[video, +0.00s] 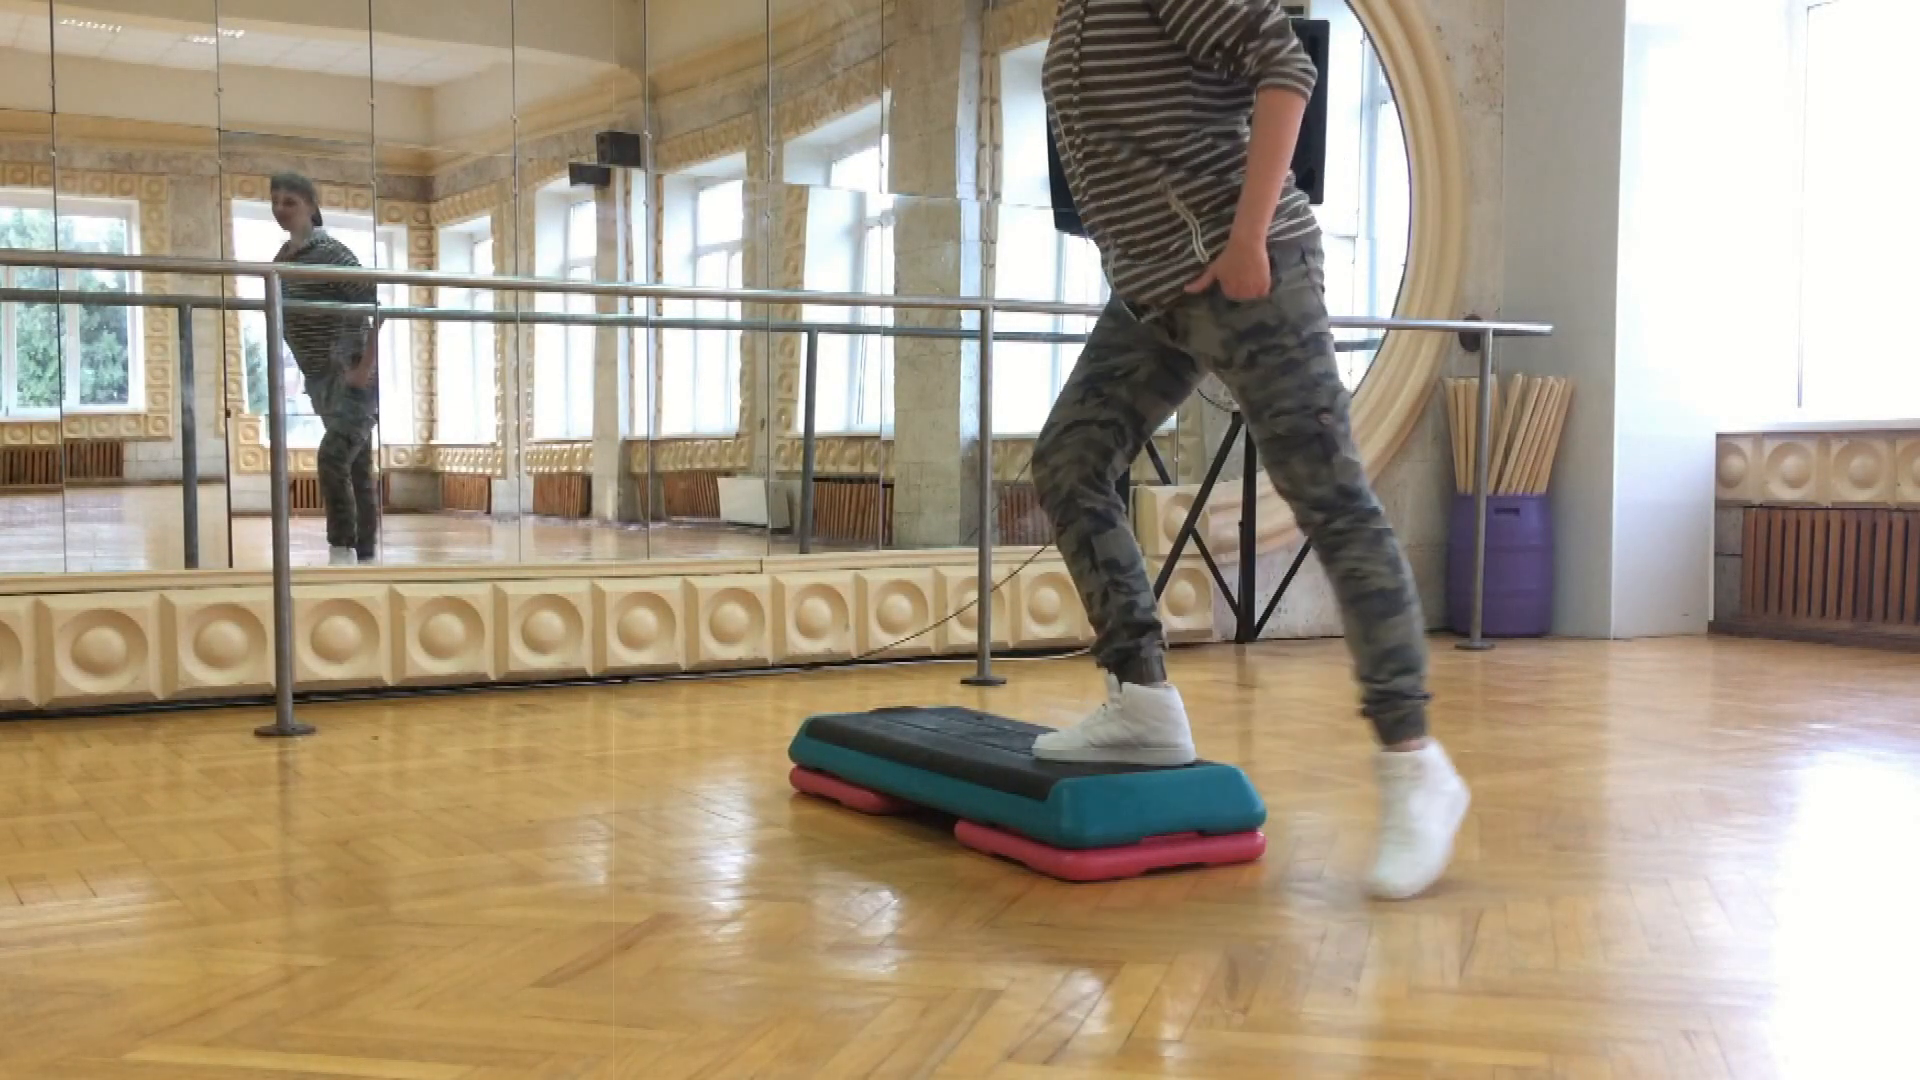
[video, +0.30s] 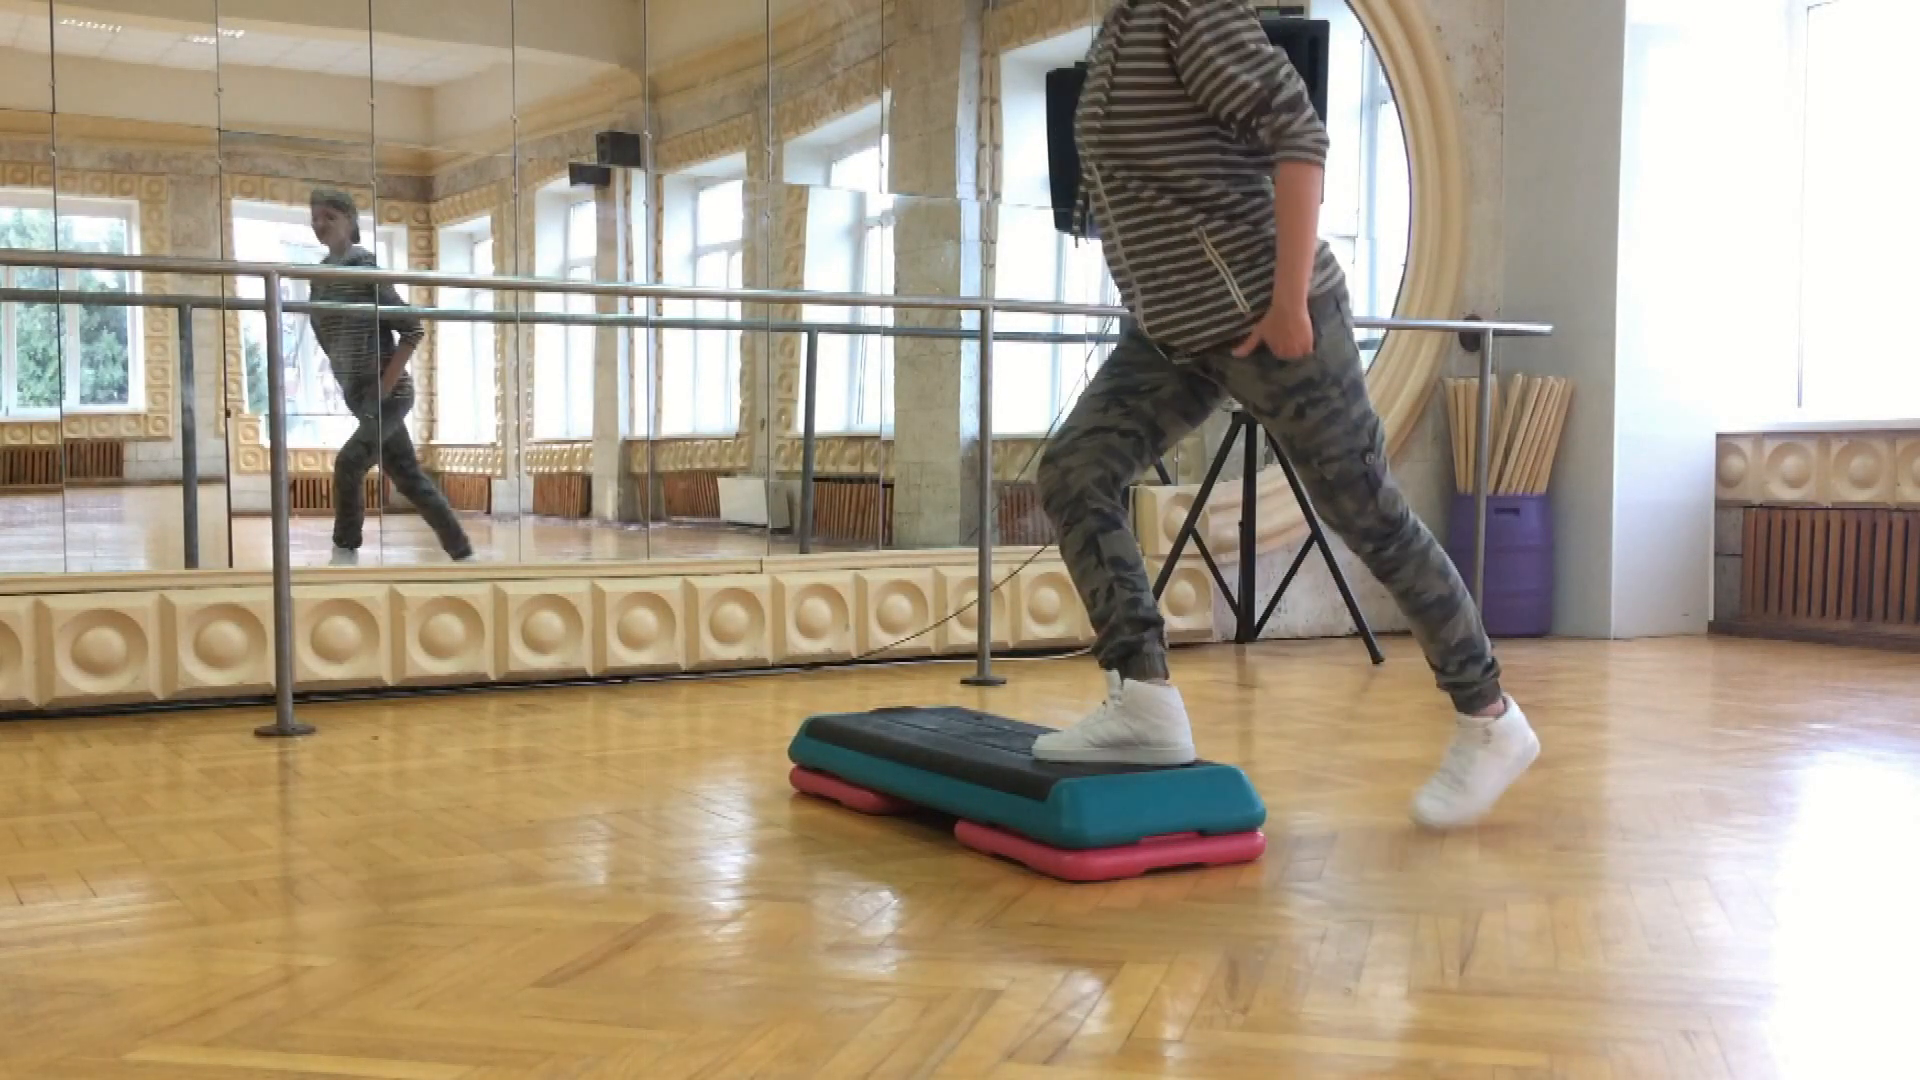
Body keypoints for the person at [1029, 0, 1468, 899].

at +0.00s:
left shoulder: (1174, 3)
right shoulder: (1068, 24)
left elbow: (1287, 68)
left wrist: (1249, 235)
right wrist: (1142, 252)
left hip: (1249, 266)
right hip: (1149, 291)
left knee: (1330, 496)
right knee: (1071, 465)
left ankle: (1413, 763)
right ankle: (1144, 704)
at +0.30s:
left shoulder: (1194, 14)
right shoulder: (1113, 37)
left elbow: (1297, 133)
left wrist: (1290, 297)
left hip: (1274, 311)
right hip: (1175, 327)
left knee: (1366, 511)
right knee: (1074, 474)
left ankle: (1492, 720)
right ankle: (1147, 704)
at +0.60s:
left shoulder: (1244, 59)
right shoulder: (1198, 70)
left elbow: (1340, 200)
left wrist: (1315, 357)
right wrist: (1219, 341)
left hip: (1308, 357)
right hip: (1227, 361)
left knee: (1396, 559)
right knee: (1095, 467)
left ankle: (1501, 755)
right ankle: (1193, 672)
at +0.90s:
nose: (1074, 2)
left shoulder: (1161, 63)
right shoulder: (1144, 60)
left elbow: (1229, 214)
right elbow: (1198, 215)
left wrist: (1165, 345)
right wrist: (1136, 335)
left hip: (1198, 359)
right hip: (1195, 358)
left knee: (1068, 519)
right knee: (1156, 550)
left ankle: (1247, 620)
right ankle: (1245, 751)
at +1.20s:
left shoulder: (1008, 15)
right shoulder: (1020, 22)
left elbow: (1067, 167)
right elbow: (1054, 170)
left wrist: (997, 290)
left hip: (1038, 304)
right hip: (1064, 307)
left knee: (899, 467)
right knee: (998, 519)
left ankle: (967, 680)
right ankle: (1156, 658)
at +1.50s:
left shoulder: (837, 35)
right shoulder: (909, 47)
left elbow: (866, 178)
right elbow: (965, 207)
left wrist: (819, 314)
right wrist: (897, 283)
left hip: (867, 322)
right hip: (908, 320)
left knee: (792, 520)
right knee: (737, 464)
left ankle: (955, 671)